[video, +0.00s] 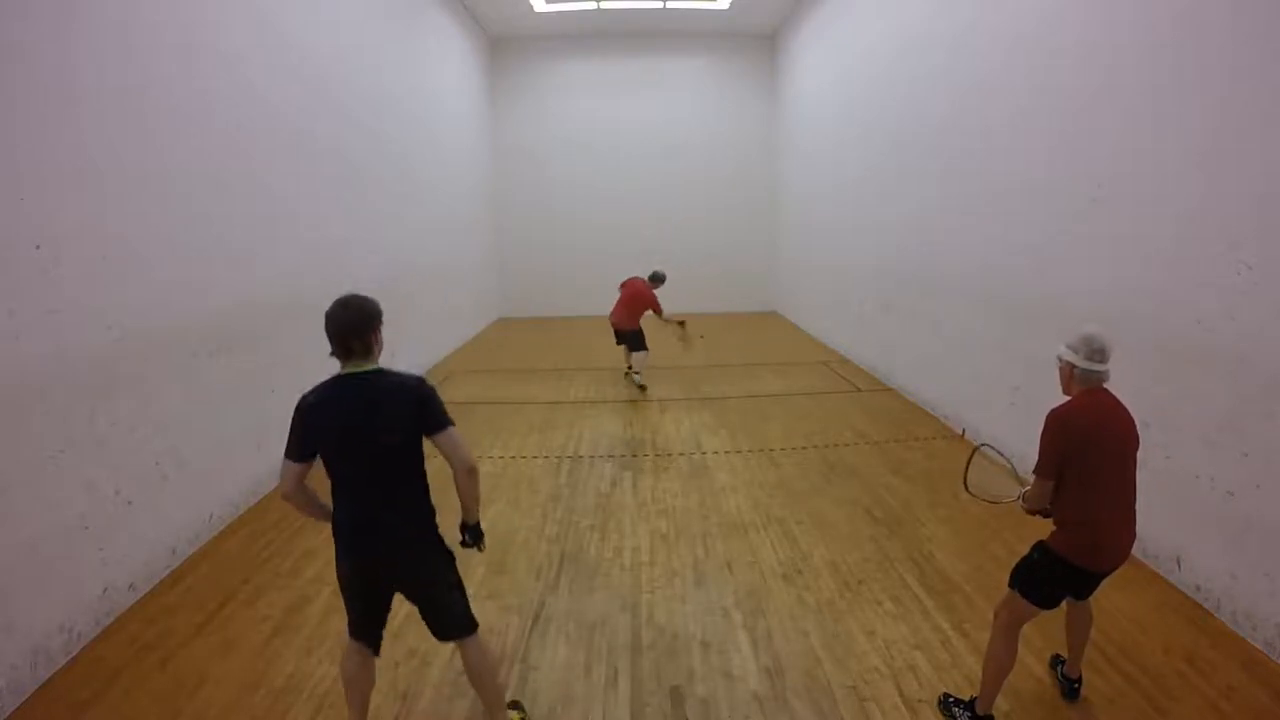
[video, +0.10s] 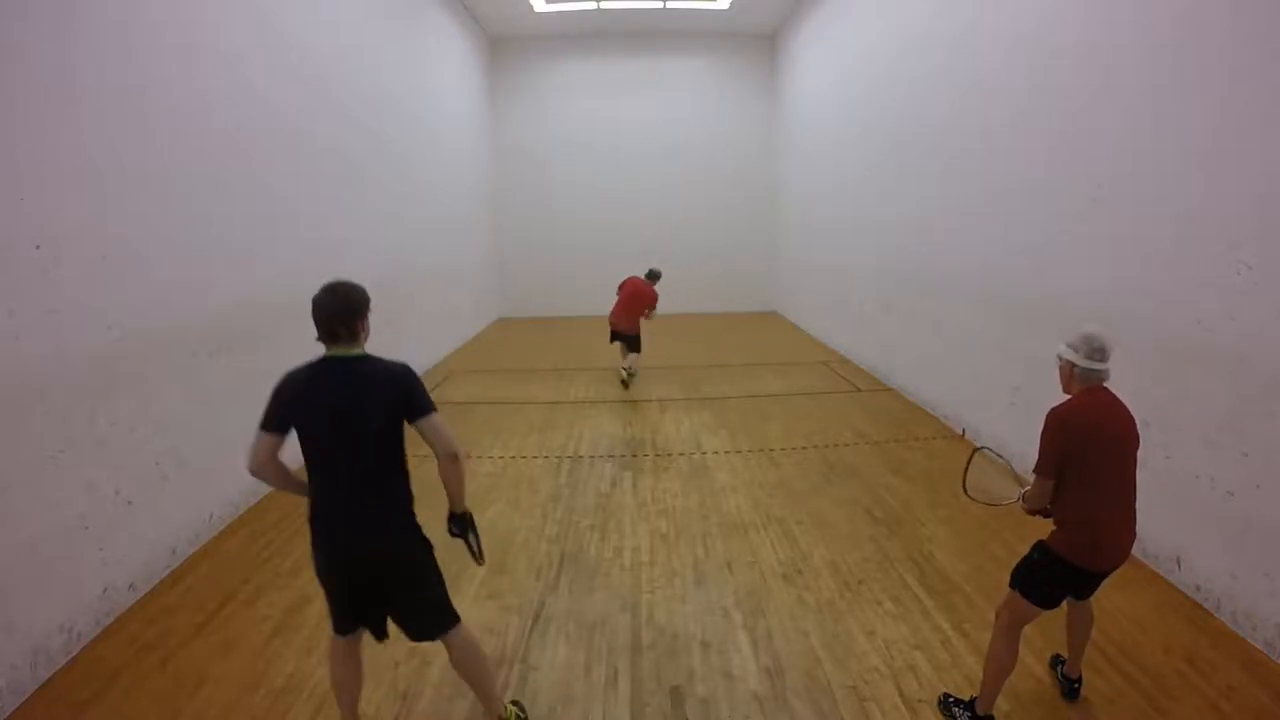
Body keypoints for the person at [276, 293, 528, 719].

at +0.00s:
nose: (382, 335)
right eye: (381, 329)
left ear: (331, 343)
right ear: (378, 336)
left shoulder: (314, 404)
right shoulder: (412, 391)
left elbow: (292, 488)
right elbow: (464, 463)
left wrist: (332, 515)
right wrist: (471, 522)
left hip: (357, 550)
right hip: (418, 543)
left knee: (360, 643)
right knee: (466, 635)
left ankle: (357, 716)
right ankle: (499, 714)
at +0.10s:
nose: (370, 323)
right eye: (368, 318)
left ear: (318, 327)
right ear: (364, 324)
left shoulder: (295, 385)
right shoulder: (395, 377)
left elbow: (260, 463)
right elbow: (448, 452)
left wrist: (307, 489)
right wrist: (459, 511)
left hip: (333, 540)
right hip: (395, 534)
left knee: (345, 635)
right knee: (449, 628)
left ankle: (349, 716)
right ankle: (498, 711)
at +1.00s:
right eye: (227, 428)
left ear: (192, 444)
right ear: (229, 431)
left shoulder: (186, 485)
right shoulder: (259, 462)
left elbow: (169, 556)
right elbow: (300, 516)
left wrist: (142, 633)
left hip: (255, 592)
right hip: (301, 569)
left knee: (271, 655)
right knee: (324, 602)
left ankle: (270, 713)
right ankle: (352, 657)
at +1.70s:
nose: (208, 371)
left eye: (205, 367)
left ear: (204, 373)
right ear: (241, 369)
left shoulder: (209, 410)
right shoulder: (258, 401)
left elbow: (179, 456)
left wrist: (114, 499)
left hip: (271, 536)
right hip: (314, 515)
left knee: (259, 642)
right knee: (323, 600)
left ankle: (264, 714)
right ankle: (379, 666)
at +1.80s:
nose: (214, 357)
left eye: (211, 351)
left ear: (210, 354)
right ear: (248, 350)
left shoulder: (217, 386)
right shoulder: (268, 385)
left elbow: (211, 426)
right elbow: (279, 434)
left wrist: (141, 481)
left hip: (269, 514)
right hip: (311, 497)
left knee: (256, 618)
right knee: (319, 585)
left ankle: (285, 710)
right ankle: (378, 660)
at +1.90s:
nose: (208, 344)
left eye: (208, 338)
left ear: (212, 339)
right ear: (245, 335)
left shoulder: (215, 369)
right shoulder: (267, 367)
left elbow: (221, 415)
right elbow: (278, 420)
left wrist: (175, 478)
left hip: (264, 493)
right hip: (306, 479)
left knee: (266, 589)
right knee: (323, 572)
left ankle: (290, 671)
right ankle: (377, 652)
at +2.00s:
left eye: (207, 329)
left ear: (206, 332)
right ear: (241, 325)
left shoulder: (210, 366)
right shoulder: (263, 359)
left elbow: (221, 419)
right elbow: (284, 418)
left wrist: (202, 492)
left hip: (260, 487)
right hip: (302, 475)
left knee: (274, 567)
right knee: (326, 565)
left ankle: (295, 632)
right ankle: (374, 644)